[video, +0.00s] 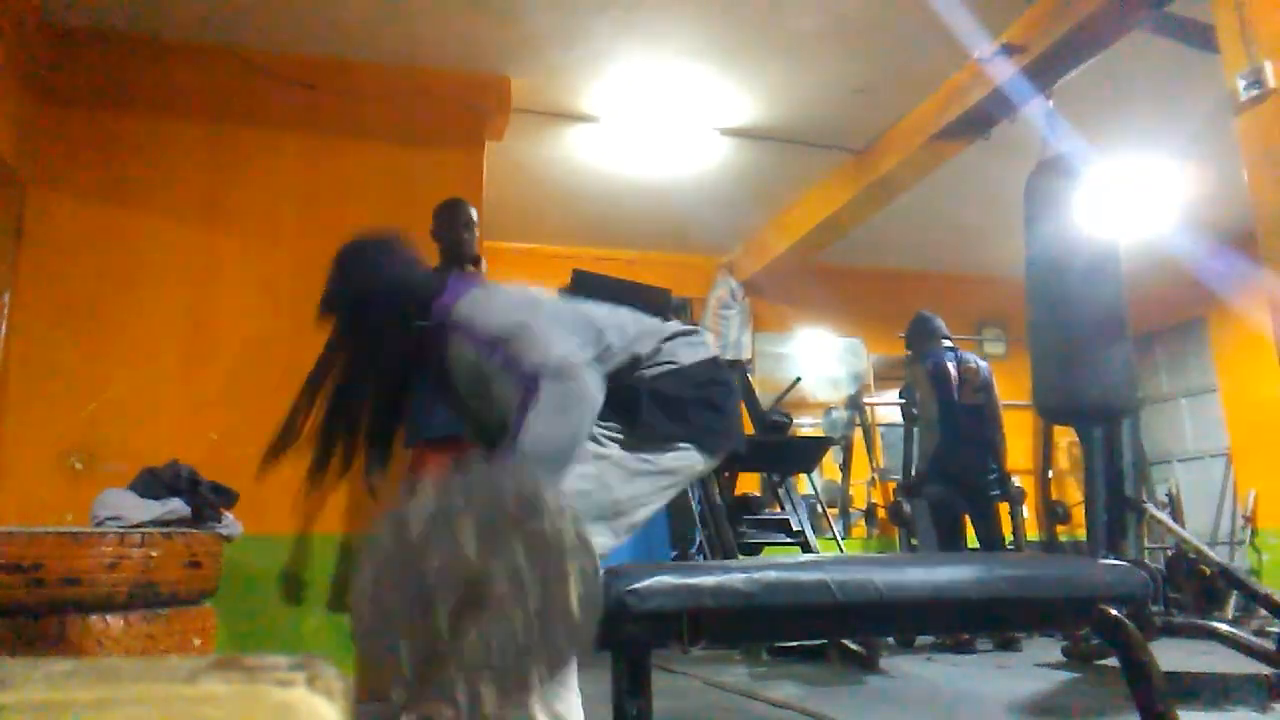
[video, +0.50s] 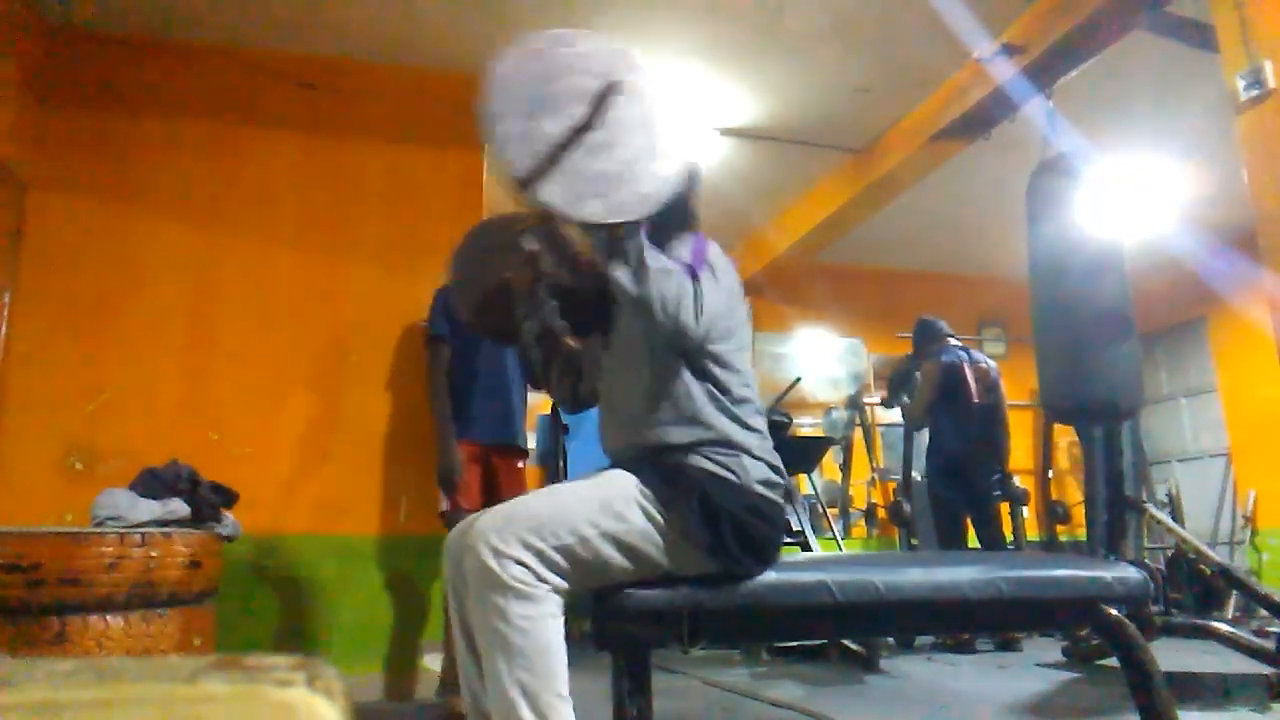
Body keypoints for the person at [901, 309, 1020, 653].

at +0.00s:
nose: (910, 350)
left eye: (910, 344)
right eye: (909, 345)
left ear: (919, 340)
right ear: (945, 335)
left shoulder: (921, 370)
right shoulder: (979, 366)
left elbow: (930, 423)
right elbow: (996, 422)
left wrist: (918, 472)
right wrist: (1004, 470)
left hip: (942, 474)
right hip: (979, 472)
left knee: (950, 550)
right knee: (993, 547)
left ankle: (959, 630)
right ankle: (1005, 627)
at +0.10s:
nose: (914, 349)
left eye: (914, 344)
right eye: (913, 344)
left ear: (919, 340)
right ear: (948, 334)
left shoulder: (924, 366)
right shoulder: (982, 365)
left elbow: (931, 417)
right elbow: (998, 420)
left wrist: (917, 459)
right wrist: (1002, 466)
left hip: (944, 467)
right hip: (981, 466)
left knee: (951, 548)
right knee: (995, 545)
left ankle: (958, 630)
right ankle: (1006, 627)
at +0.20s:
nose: (918, 351)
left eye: (917, 345)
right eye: (918, 346)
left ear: (924, 340)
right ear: (952, 333)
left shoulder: (931, 365)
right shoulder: (986, 365)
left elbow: (929, 420)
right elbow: (999, 423)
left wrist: (910, 449)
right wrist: (1001, 466)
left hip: (946, 467)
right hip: (981, 466)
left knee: (951, 547)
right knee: (994, 545)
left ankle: (958, 629)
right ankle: (1007, 628)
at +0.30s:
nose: (923, 352)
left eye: (922, 346)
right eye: (922, 346)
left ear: (929, 340)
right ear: (953, 333)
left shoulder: (936, 364)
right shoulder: (989, 365)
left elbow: (930, 418)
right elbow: (1001, 422)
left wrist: (906, 430)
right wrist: (1002, 466)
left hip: (947, 467)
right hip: (983, 467)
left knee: (951, 548)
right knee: (994, 546)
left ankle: (959, 630)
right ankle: (1008, 628)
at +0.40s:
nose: (921, 356)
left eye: (920, 350)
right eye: (920, 351)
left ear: (925, 343)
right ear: (951, 333)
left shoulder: (936, 364)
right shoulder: (987, 363)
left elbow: (922, 419)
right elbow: (1001, 421)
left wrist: (897, 410)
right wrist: (1001, 464)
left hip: (948, 468)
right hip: (983, 465)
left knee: (951, 547)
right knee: (993, 543)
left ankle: (956, 630)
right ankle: (1006, 628)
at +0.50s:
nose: (921, 359)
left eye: (920, 353)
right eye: (920, 354)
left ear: (925, 345)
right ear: (948, 337)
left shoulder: (936, 365)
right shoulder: (986, 363)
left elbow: (916, 418)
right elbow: (1002, 421)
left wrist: (904, 401)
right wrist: (1004, 467)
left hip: (947, 472)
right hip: (984, 471)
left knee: (952, 550)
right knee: (995, 547)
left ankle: (960, 631)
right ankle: (1008, 628)